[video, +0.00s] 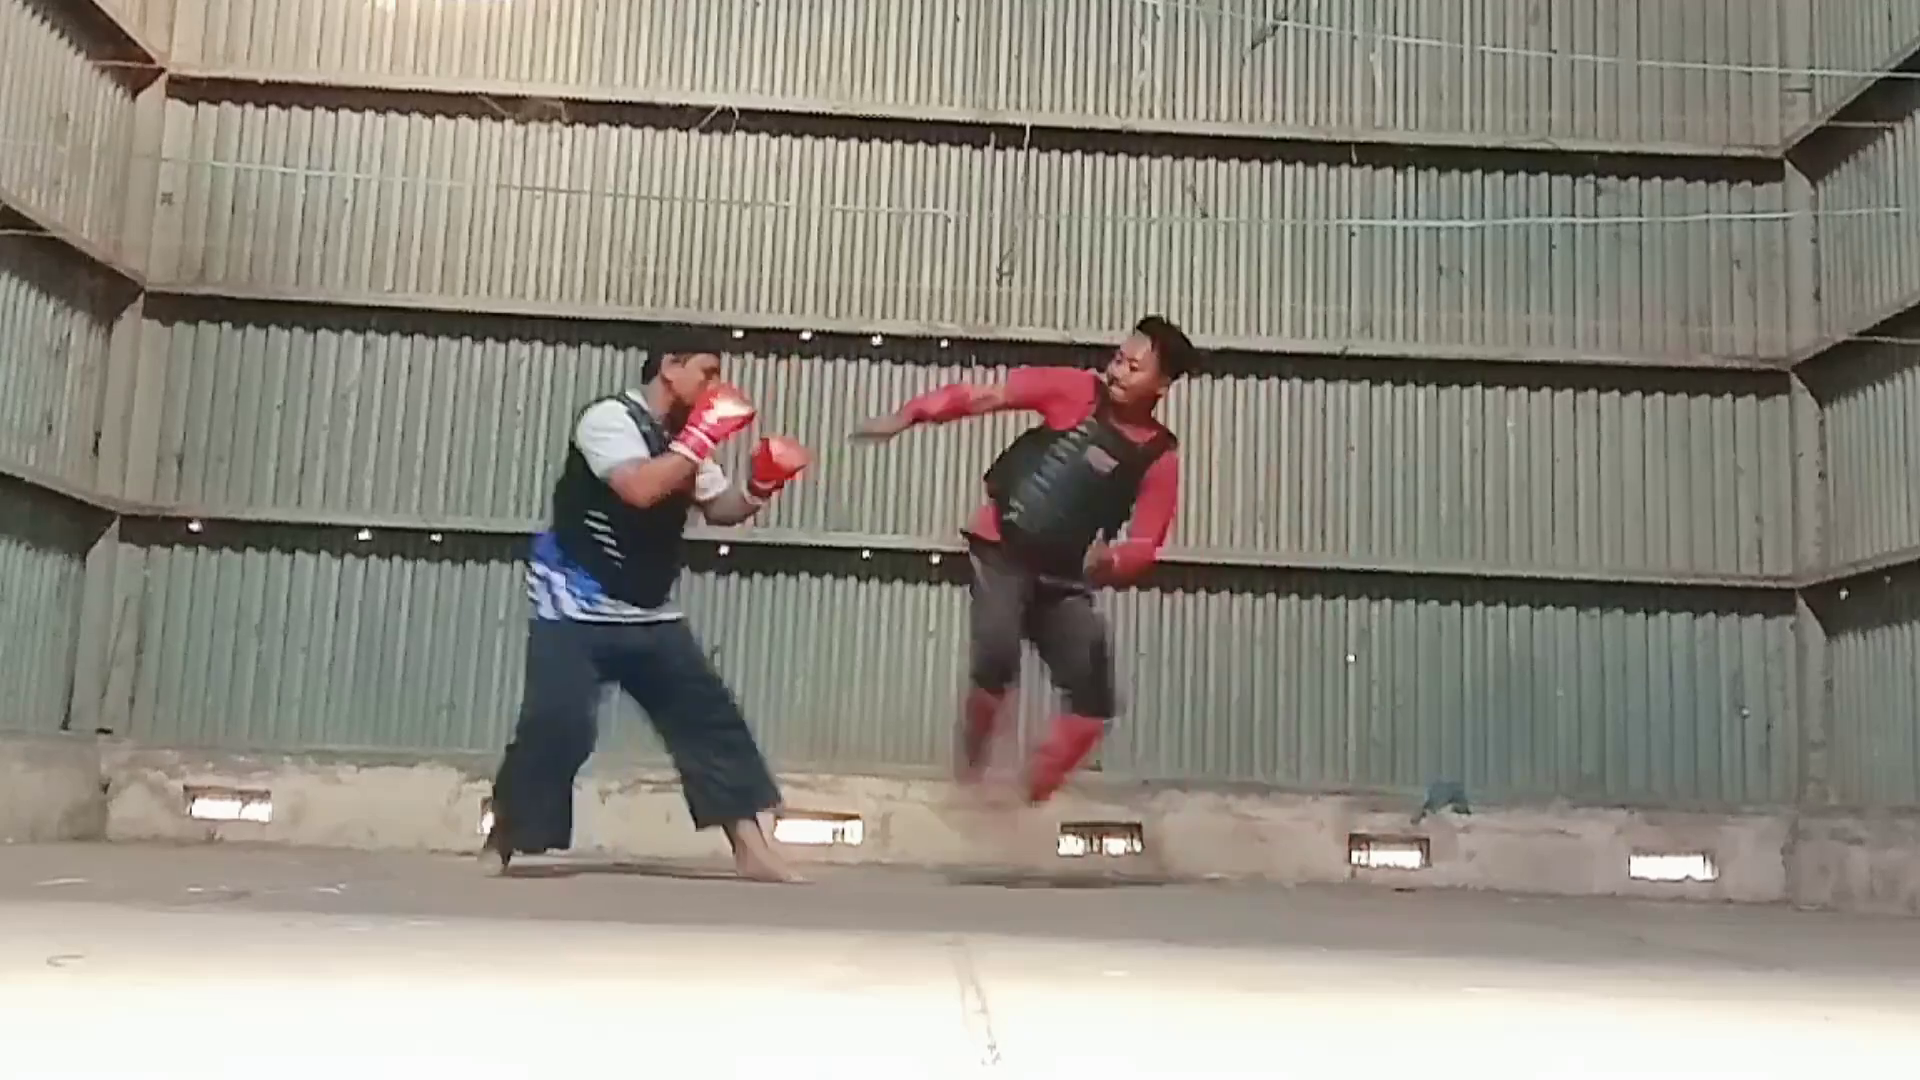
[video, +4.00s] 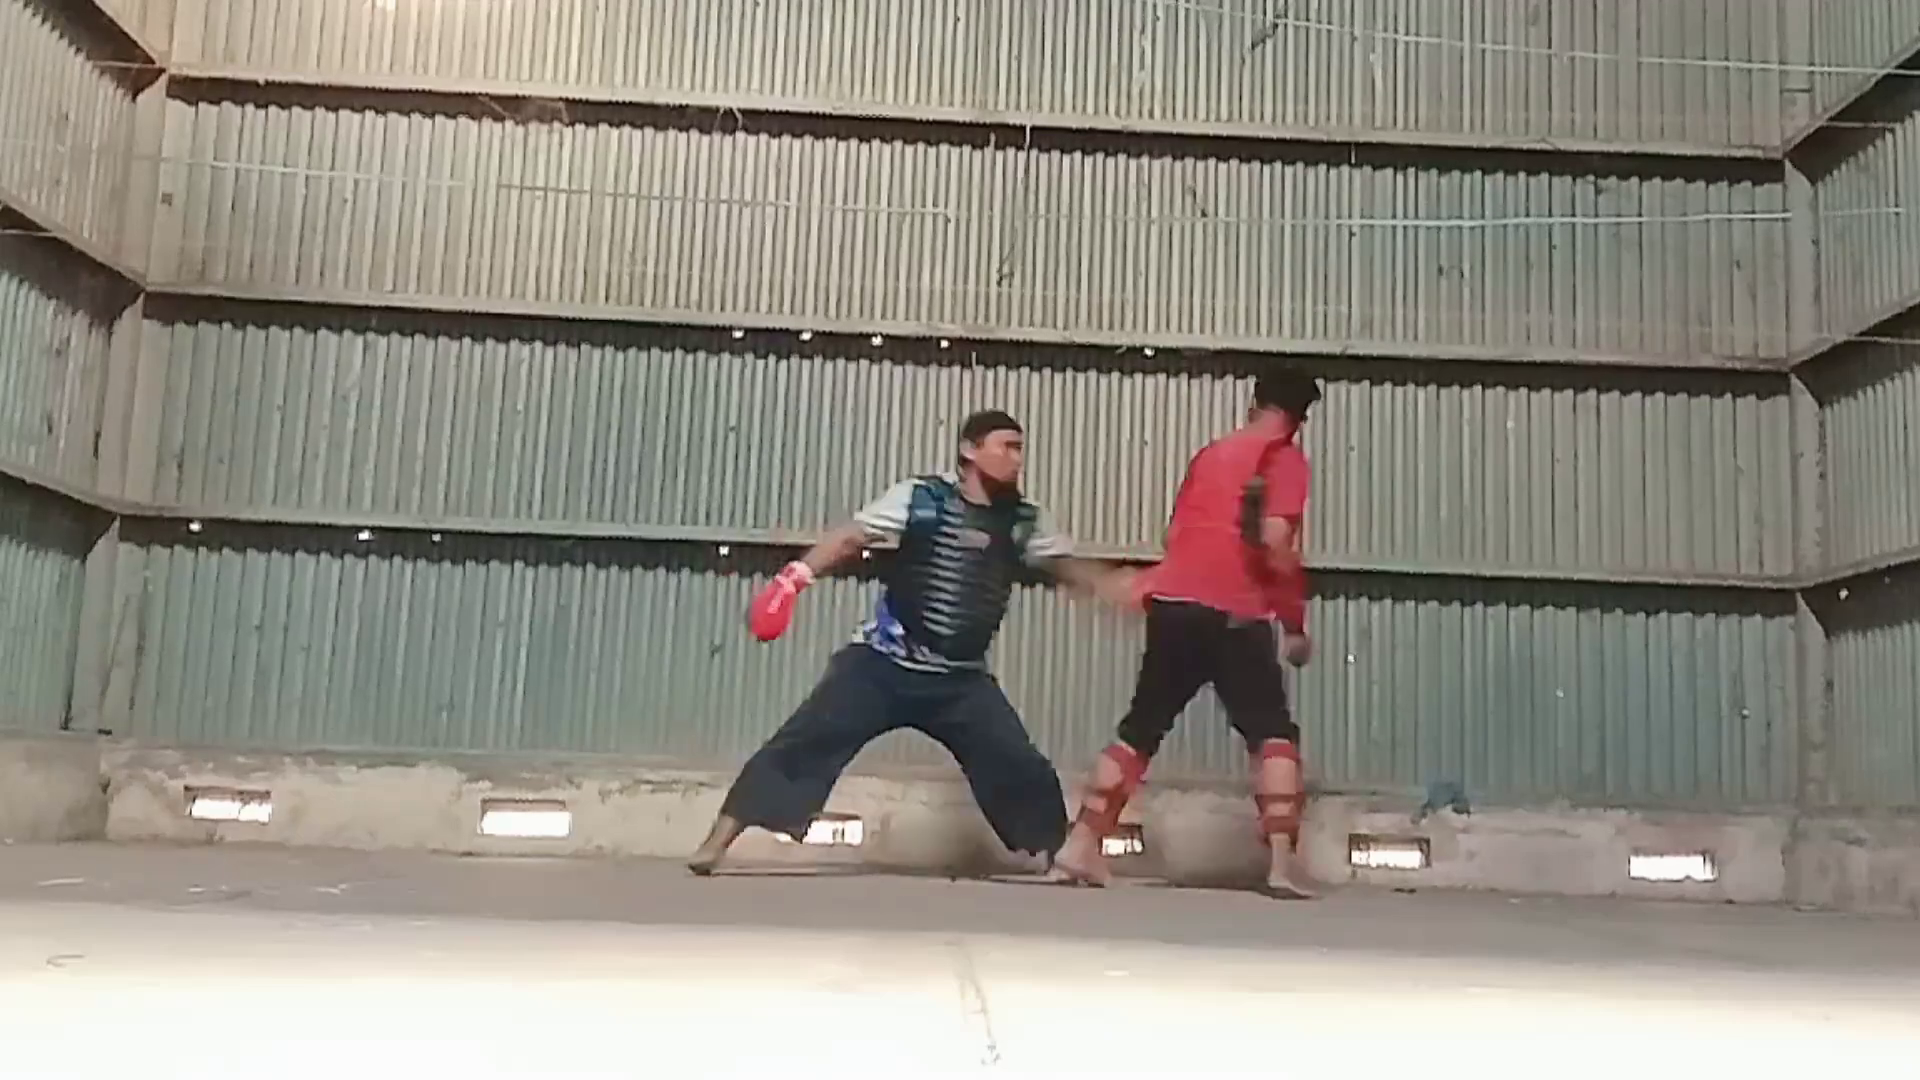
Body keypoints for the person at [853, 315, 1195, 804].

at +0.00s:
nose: (1118, 370)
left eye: (1135, 366)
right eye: (1120, 357)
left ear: (1164, 385)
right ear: (1115, 355)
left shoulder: (1157, 455)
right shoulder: (1074, 389)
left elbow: (1145, 546)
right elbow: (979, 396)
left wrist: (1111, 563)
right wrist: (903, 416)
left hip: (1060, 573)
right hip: (1000, 548)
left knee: (1093, 698)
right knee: (996, 661)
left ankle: (1029, 798)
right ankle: (972, 777)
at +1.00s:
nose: (987, 361)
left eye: (998, 352)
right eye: (985, 351)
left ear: (1033, 354)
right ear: (988, 352)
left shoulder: (1075, 415)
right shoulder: (965, 414)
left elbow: (1113, 483)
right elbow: (931, 497)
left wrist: (1086, 484)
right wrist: (917, 575)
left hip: (1044, 589)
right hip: (972, 583)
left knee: (1072, 704)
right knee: (962, 696)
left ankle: (1049, 839)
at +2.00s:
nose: (1114, 433)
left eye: (1118, 425)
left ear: (1122, 425)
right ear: (1165, 437)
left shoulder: (1087, 462)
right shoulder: (1165, 467)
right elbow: (1134, 492)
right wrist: (1109, 525)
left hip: (977, 554)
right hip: (1023, 591)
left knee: (905, 614)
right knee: (1014, 730)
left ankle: (824, 599)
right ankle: (976, 859)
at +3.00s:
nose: (1153, 442)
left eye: (1159, 430)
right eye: (1155, 430)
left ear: (1185, 431)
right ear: (1200, 435)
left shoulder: (1165, 489)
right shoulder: (1255, 488)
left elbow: (1143, 565)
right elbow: (1293, 576)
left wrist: (1132, 629)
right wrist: (1270, 635)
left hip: (1186, 653)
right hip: (1257, 653)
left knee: (1117, 737)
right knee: (1288, 756)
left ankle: (1106, 855)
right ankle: (1333, 868)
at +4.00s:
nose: (1300, 426)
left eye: (1299, 417)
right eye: (1302, 418)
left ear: (1253, 406)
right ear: (1298, 416)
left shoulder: (1208, 454)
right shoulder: (1287, 458)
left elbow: (1175, 537)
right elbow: (1276, 539)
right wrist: (1295, 622)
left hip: (1173, 610)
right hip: (1237, 619)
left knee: (1142, 727)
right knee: (1272, 732)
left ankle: (1079, 849)